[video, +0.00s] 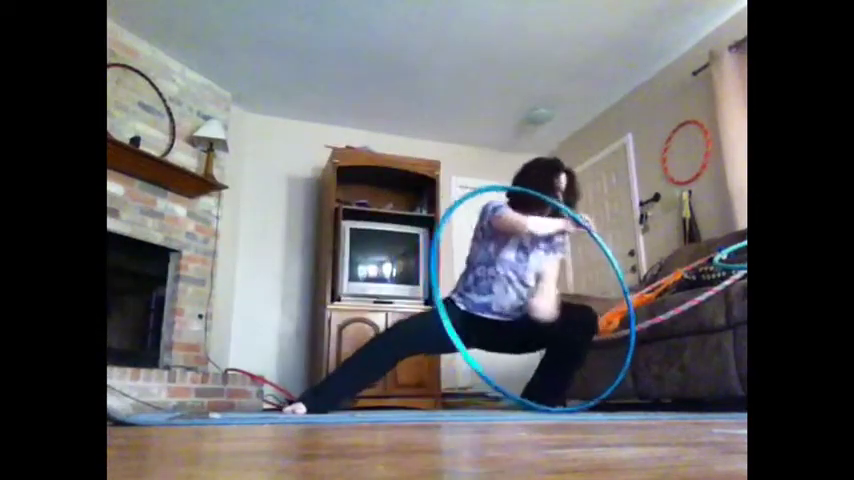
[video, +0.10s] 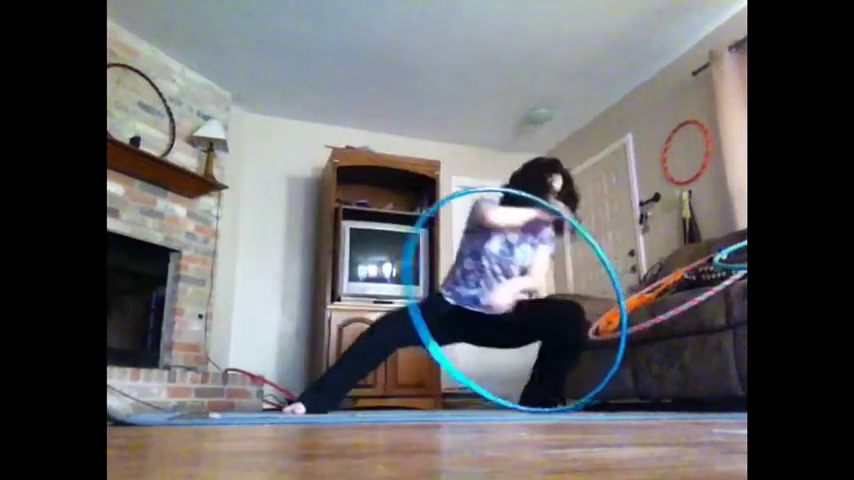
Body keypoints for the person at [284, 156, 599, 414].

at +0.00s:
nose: (554, 205)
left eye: (561, 199)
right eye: (549, 193)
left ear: (568, 204)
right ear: (529, 189)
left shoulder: (554, 241)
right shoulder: (495, 209)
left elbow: (542, 302)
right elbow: (519, 225)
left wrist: (553, 318)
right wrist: (557, 224)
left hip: (510, 326)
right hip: (462, 319)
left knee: (580, 321)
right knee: (398, 338)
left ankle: (537, 409)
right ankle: (308, 406)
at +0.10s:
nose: (552, 210)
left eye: (560, 205)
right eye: (547, 197)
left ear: (565, 207)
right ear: (527, 190)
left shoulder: (545, 238)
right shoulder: (488, 204)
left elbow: (539, 285)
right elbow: (491, 220)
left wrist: (518, 289)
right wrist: (538, 216)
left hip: (498, 321)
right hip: (449, 311)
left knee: (569, 317)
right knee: (386, 330)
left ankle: (539, 406)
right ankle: (310, 405)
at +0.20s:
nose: (534, 198)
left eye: (543, 194)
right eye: (531, 188)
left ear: (549, 200)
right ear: (515, 185)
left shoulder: (535, 228)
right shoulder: (484, 201)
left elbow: (521, 269)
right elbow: (452, 207)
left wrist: (495, 292)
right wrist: (513, 205)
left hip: (489, 315)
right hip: (440, 307)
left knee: (558, 313)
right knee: (379, 323)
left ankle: (540, 403)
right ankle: (309, 402)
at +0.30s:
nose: (512, 191)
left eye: (520, 189)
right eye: (510, 182)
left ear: (527, 196)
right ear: (497, 176)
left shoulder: (521, 223)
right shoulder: (467, 198)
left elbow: (504, 266)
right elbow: (423, 204)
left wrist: (479, 307)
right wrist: (477, 194)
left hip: (477, 310)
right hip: (428, 303)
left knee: (548, 311)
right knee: (368, 318)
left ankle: (539, 402)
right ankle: (306, 401)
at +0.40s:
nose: (492, 181)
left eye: (501, 178)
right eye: (489, 171)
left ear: (508, 186)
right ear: (474, 167)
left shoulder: (496, 218)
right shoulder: (437, 193)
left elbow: (485, 270)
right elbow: (378, 197)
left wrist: (476, 325)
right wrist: (422, 182)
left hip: (458, 306)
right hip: (407, 298)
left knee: (532, 315)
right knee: (349, 306)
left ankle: (539, 411)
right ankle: (301, 403)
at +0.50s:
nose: (470, 175)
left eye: (480, 171)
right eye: (467, 164)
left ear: (487, 177)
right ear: (453, 160)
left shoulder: (478, 210)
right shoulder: (414, 189)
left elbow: (480, 267)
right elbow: (355, 198)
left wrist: (480, 326)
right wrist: (383, 175)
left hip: (444, 303)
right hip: (391, 295)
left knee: (512, 315)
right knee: (331, 303)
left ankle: (540, 409)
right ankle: (300, 405)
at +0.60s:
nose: (436, 167)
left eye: (447, 163)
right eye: (433, 156)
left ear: (455, 168)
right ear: (419, 152)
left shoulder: (450, 201)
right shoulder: (381, 184)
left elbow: (473, 254)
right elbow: (327, 205)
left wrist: (496, 313)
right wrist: (333, 181)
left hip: (418, 301)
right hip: (366, 293)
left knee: (486, 322)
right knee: (307, 298)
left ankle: (540, 405)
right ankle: (300, 402)